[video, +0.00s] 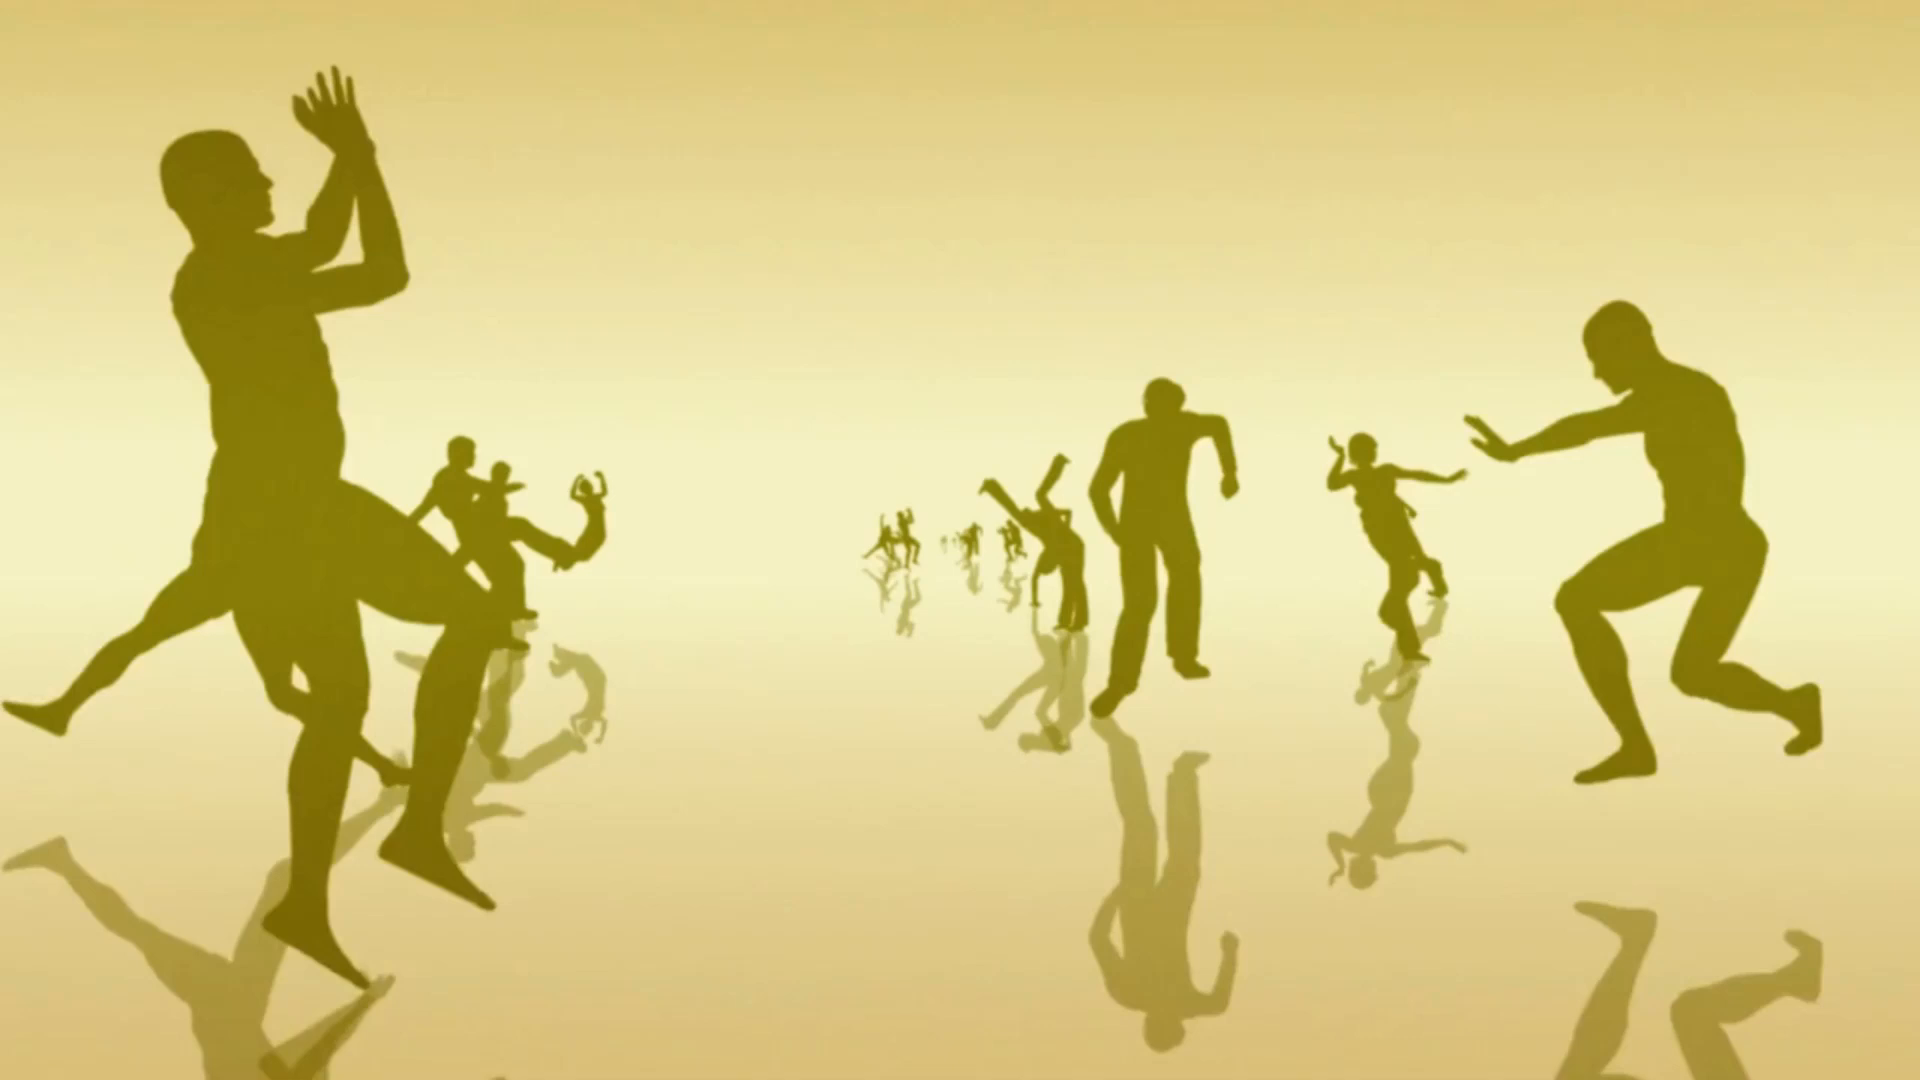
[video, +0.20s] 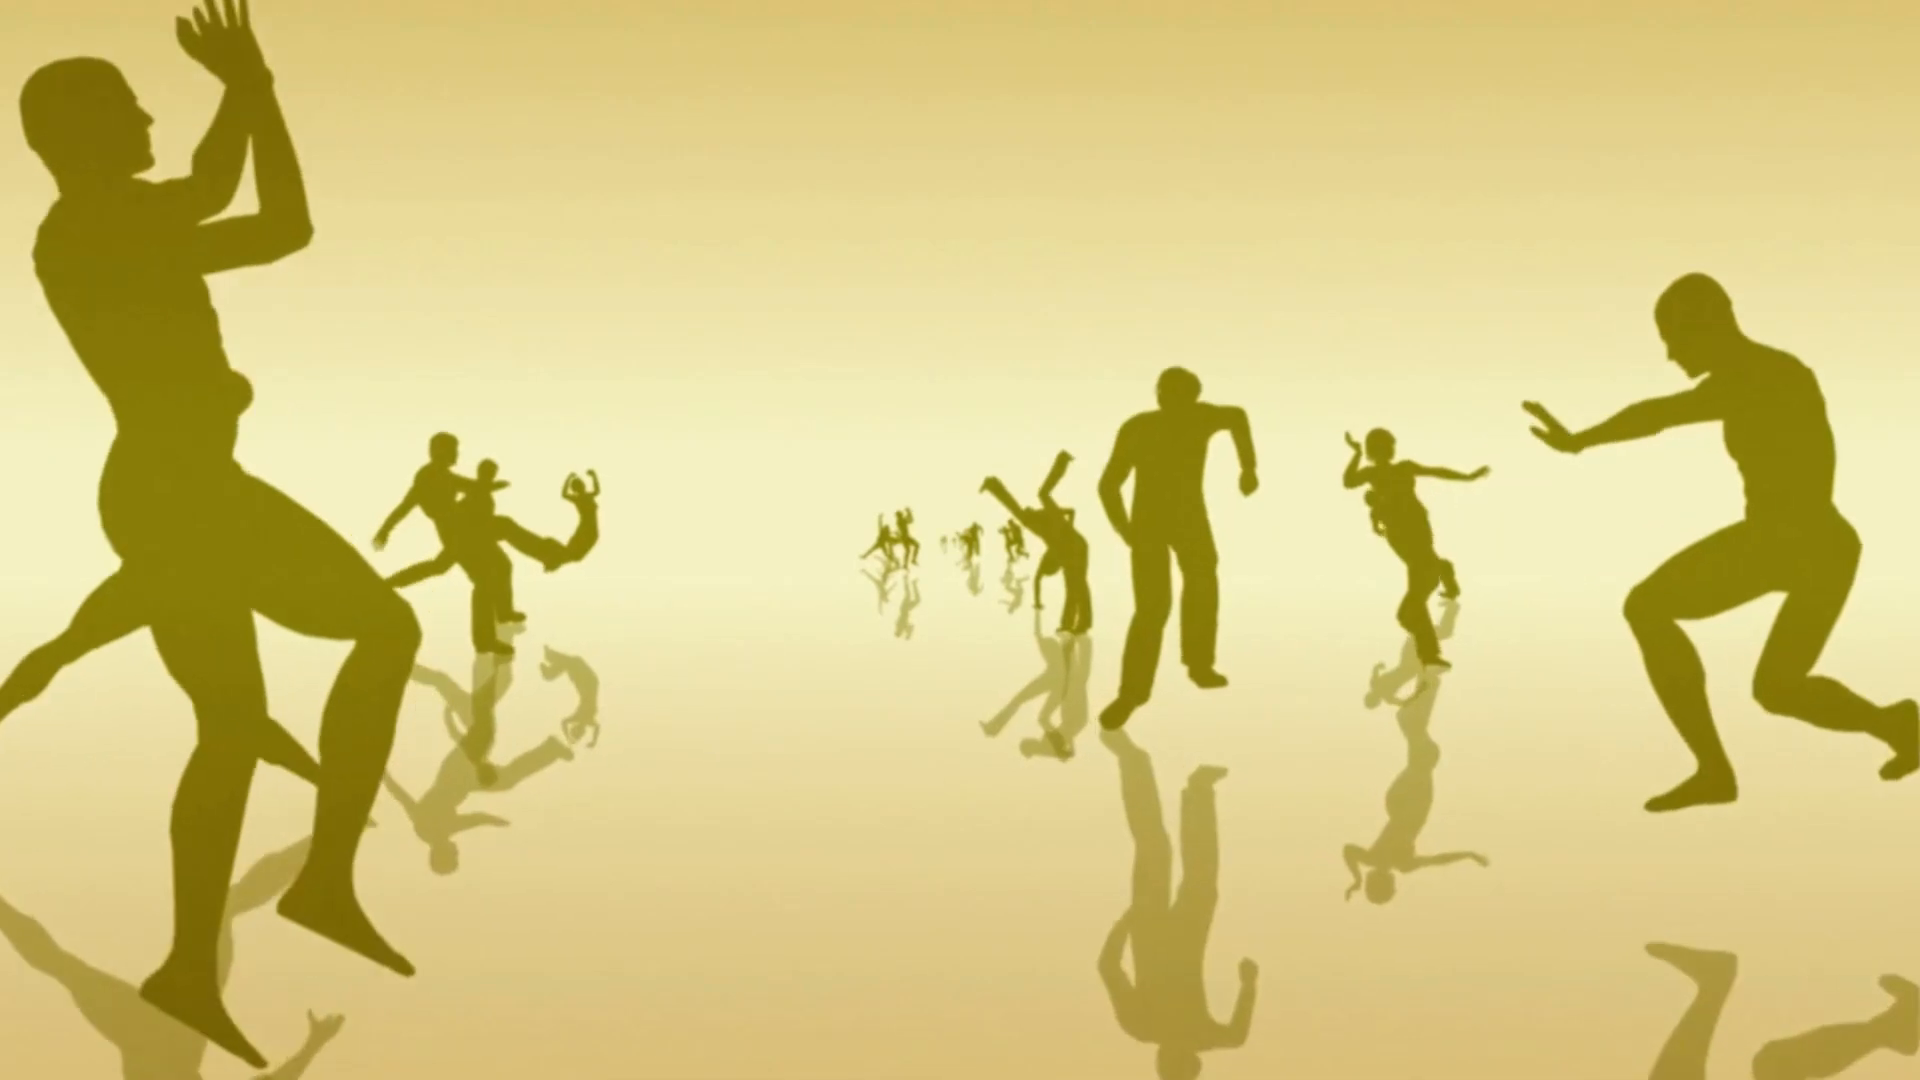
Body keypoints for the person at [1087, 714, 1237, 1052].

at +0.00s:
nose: (1172, 1038)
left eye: (1165, 1040)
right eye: (1172, 1041)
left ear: (1152, 1030)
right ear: (1176, 1030)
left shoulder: (1127, 994)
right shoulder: (1189, 1005)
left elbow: (1097, 939)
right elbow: (1220, 1001)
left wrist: (1114, 899)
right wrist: (1230, 954)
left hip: (1136, 921)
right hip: (1171, 924)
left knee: (1138, 825)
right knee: (1186, 859)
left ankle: (1119, 742)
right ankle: (1184, 772)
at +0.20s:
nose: (1180, 1070)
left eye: (1176, 1072)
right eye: (1185, 1071)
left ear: (1162, 1065)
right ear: (1193, 1064)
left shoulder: (1140, 1025)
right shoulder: (1205, 1036)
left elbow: (1107, 966)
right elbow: (1239, 1033)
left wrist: (1125, 922)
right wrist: (1248, 984)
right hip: (1188, 963)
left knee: (1151, 848)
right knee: (1202, 882)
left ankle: (1132, 758)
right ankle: (1200, 790)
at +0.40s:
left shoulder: (1155, 1061)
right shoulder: (1229, 1073)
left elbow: (1119, 996)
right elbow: (1259, 1065)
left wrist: (1138, 951)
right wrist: (1270, 1015)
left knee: (1165, 868)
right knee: (1219, 908)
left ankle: (1142, 770)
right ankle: (1218, 805)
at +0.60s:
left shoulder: (1164, 1074)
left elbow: (1132, 1030)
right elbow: (1289, 1077)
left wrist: (1150, 984)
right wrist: (1294, 1051)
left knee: (1182, 893)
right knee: (1239, 931)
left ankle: (1158, 787)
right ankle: (1238, 827)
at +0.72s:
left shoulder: (1171, 1076)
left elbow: (1137, 1045)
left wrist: (1158, 994)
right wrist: (1305, 1067)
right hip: (1231, 1065)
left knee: (1189, 904)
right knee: (1248, 949)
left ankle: (1166, 797)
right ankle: (1247, 836)